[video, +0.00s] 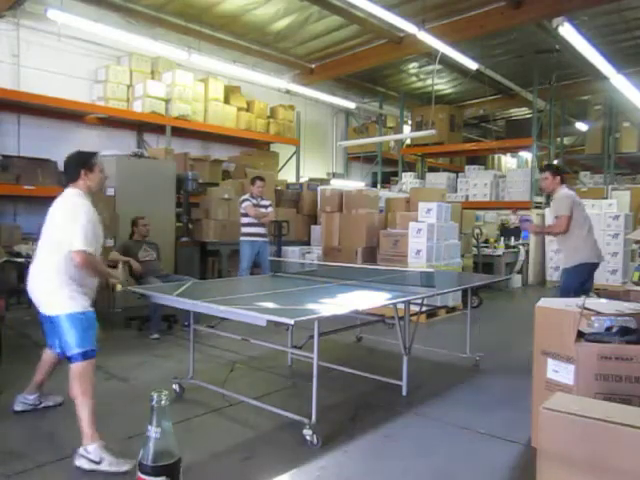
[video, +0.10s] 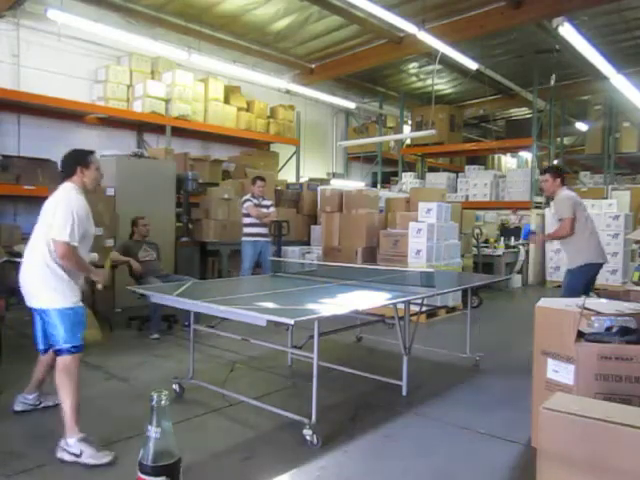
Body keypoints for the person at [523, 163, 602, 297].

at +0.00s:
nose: (542, 184)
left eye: (546, 179)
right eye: (541, 180)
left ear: (557, 179)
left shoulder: (563, 196)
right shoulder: (567, 195)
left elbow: (561, 227)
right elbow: (561, 227)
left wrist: (536, 229)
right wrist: (537, 229)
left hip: (579, 259)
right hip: (587, 258)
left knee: (566, 303)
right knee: (581, 302)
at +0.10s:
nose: (542, 186)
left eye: (546, 181)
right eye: (541, 182)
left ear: (558, 181)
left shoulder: (564, 197)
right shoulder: (567, 196)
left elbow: (566, 229)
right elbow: (566, 229)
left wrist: (543, 237)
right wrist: (544, 237)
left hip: (584, 260)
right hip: (590, 258)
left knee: (567, 305)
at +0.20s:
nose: (541, 189)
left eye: (544, 184)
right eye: (540, 185)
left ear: (555, 184)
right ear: (556, 184)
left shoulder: (562, 200)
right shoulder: (566, 198)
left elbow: (570, 232)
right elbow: (568, 233)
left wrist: (553, 255)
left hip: (585, 259)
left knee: (568, 304)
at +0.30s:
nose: (538, 192)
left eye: (540, 188)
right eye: (537, 189)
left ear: (552, 187)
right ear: (553, 188)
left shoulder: (560, 202)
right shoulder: (566, 201)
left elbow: (570, 235)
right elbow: (572, 235)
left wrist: (557, 262)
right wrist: (557, 259)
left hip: (586, 260)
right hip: (594, 258)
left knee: (568, 303)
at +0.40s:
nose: (535, 197)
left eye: (537, 192)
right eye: (535, 193)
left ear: (548, 191)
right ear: (548, 192)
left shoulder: (557, 207)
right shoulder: (567, 204)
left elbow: (567, 239)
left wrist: (551, 263)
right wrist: (554, 261)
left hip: (586, 262)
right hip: (596, 260)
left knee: (565, 304)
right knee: (580, 302)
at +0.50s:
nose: (530, 200)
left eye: (532, 196)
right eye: (529, 196)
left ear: (544, 194)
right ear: (545, 195)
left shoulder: (552, 210)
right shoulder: (564, 207)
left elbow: (559, 244)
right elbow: (563, 244)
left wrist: (543, 260)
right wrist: (545, 257)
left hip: (582, 265)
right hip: (595, 263)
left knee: (564, 307)